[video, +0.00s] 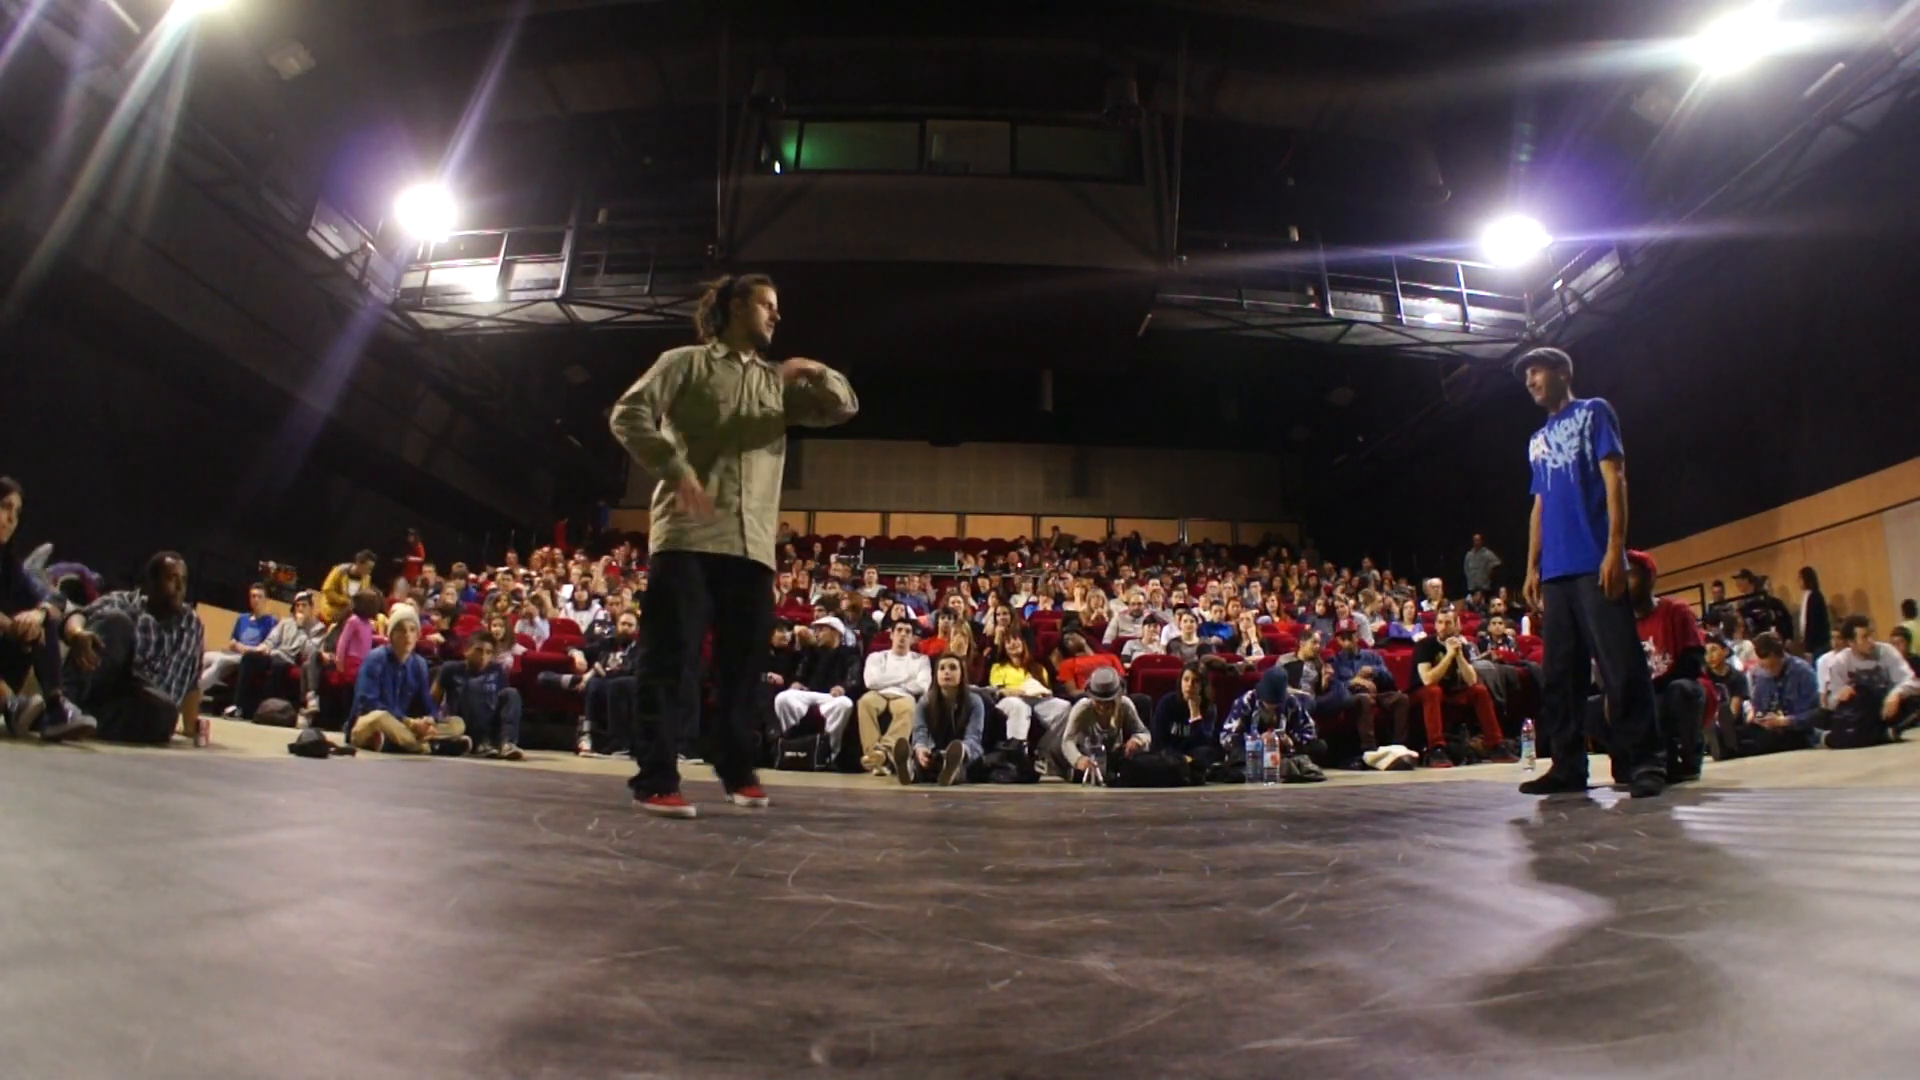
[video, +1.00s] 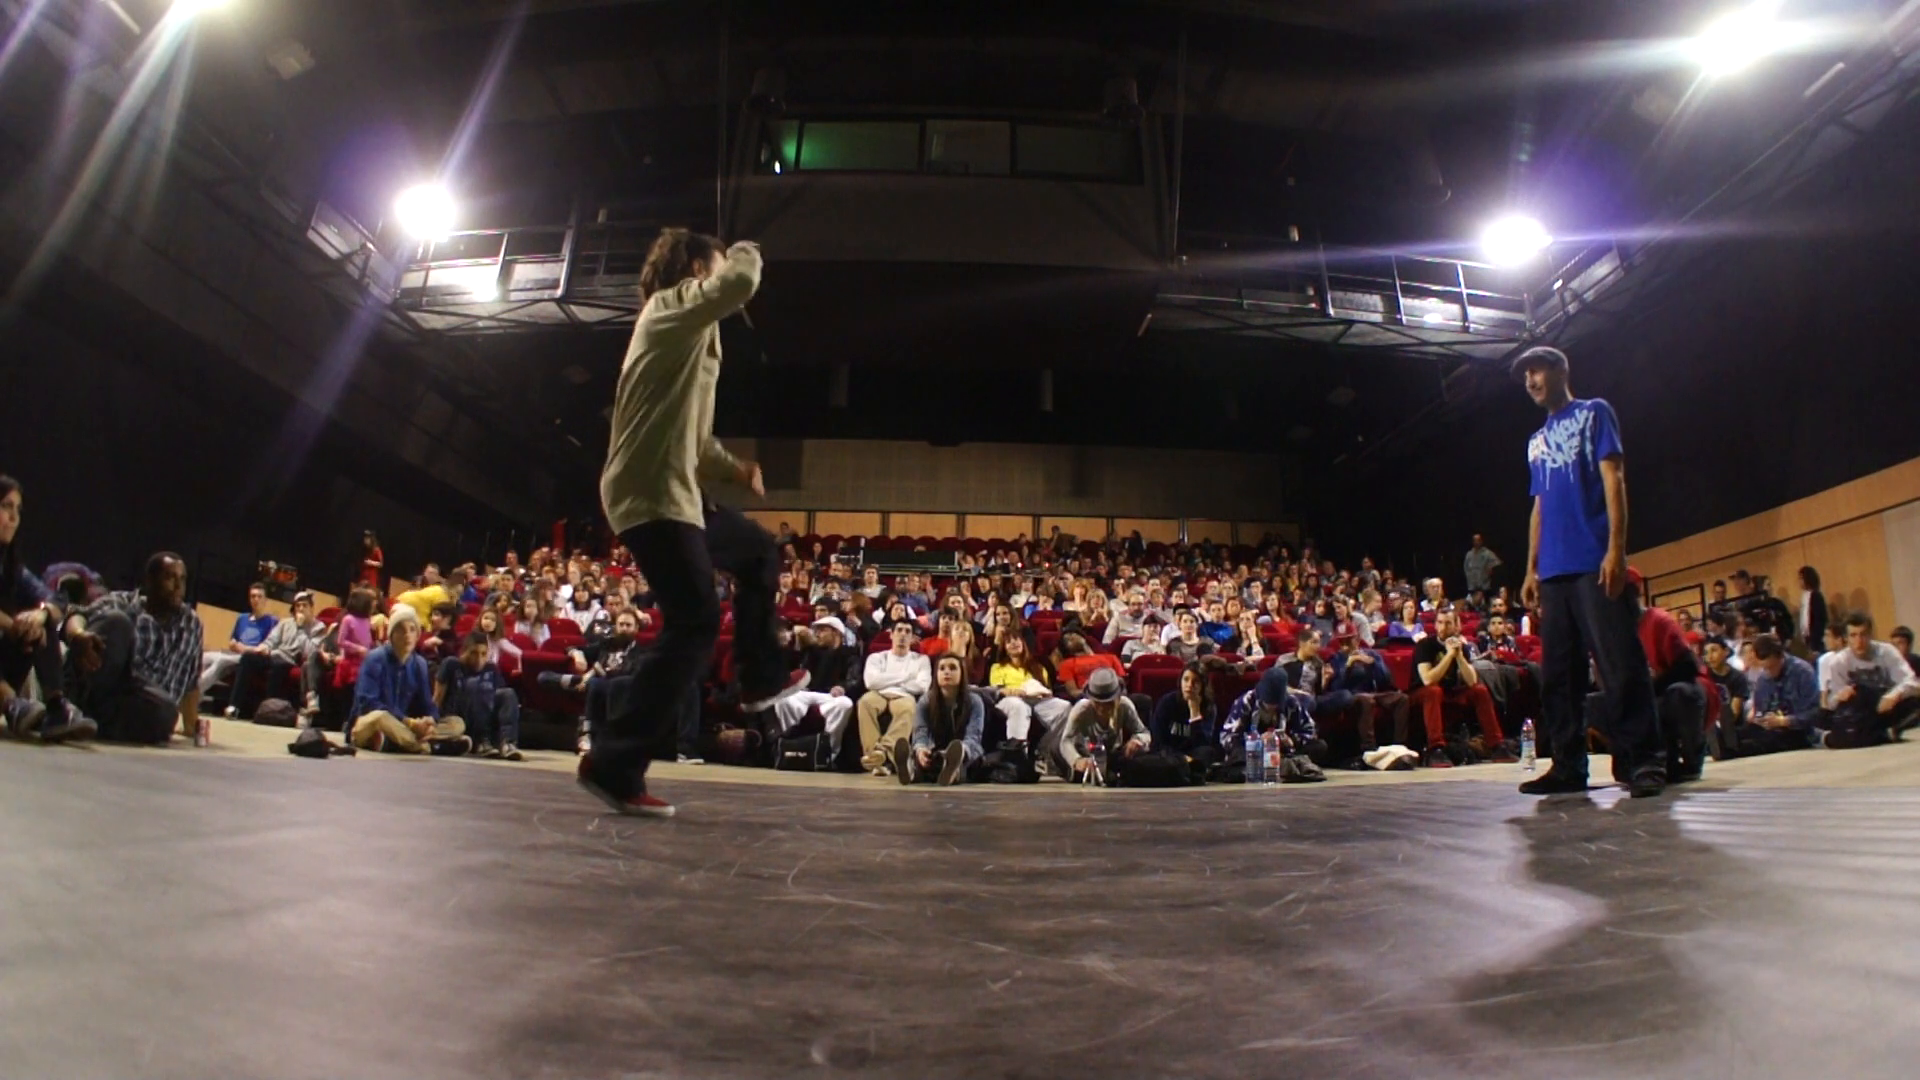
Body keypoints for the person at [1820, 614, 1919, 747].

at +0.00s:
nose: (1870, 641)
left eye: (1870, 635)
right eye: (1864, 637)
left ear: (1873, 634)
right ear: (1851, 643)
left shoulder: (1887, 652)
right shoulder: (1840, 662)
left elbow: (1910, 680)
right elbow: (1830, 703)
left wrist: (1895, 694)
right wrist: (1839, 696)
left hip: (1885, 703)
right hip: (1856, 706)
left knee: (1914, 703)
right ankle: (1884, 734)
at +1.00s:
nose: (1859, 641)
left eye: (1863, 635)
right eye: (1853, 636)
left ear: (1870, 635)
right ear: (1847, 638)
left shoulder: (1887, 652)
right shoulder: (1838, 662)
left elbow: (1911, 680)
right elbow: (1830, 703)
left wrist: (1894, 695)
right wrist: (1839, 697)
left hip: (1886, 704)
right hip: (1857, 706)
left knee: (1913, 703)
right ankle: (1884, 734)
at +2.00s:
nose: (1857, 642)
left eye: (1862, 635)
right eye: (1852, 636)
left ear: (1870, 635)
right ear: (1845, 638)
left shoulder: (1887, 652)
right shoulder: (1838, 661)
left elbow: (1911, 680)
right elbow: (1830, 702)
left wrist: (1894, 695)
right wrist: (1839, 696)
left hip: (1886, 703)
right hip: (1857, 706)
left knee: (1913, 704)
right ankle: (1884, 734)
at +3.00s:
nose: (1857, 643)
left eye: (1861, 637)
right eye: (1851, 638)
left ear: (1869, 636)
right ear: (1845, 639)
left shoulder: (1887, 652)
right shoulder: (1836, 661)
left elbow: (1911, 681)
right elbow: (1830, 702)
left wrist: (1894, 695)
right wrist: (1839, 696)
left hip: (1886, 703)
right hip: (1857, 705)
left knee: (1914, 704)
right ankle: (1884, 734)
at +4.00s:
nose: (1858, 645)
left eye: (1862, 639)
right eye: (1853, 639)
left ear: (1870, 637)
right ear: (1847, 639)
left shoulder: (1887, 652)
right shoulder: (1839, 662)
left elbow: (1910, 680)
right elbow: (1829, 703)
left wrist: (1893, 695)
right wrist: (1839, 697)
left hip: (1884, 704)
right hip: (1856, 706)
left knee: (1914, 703)